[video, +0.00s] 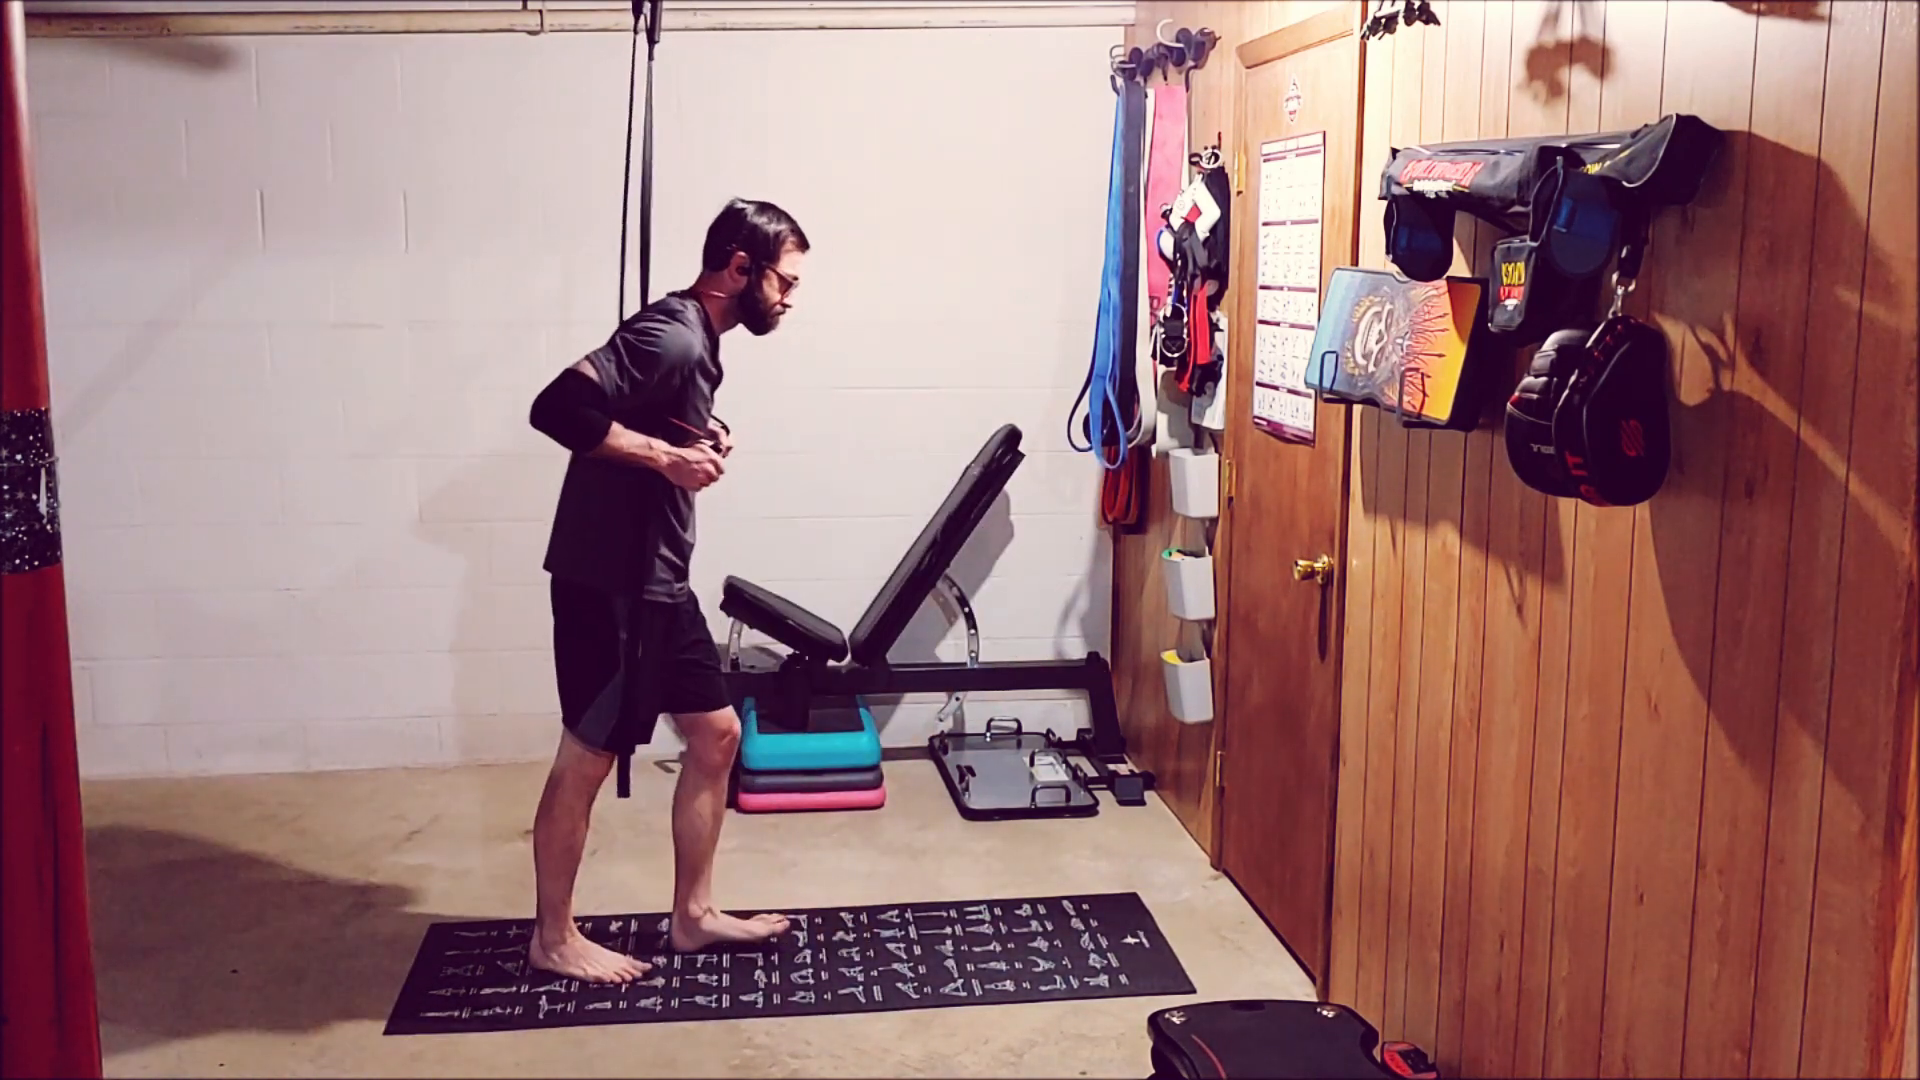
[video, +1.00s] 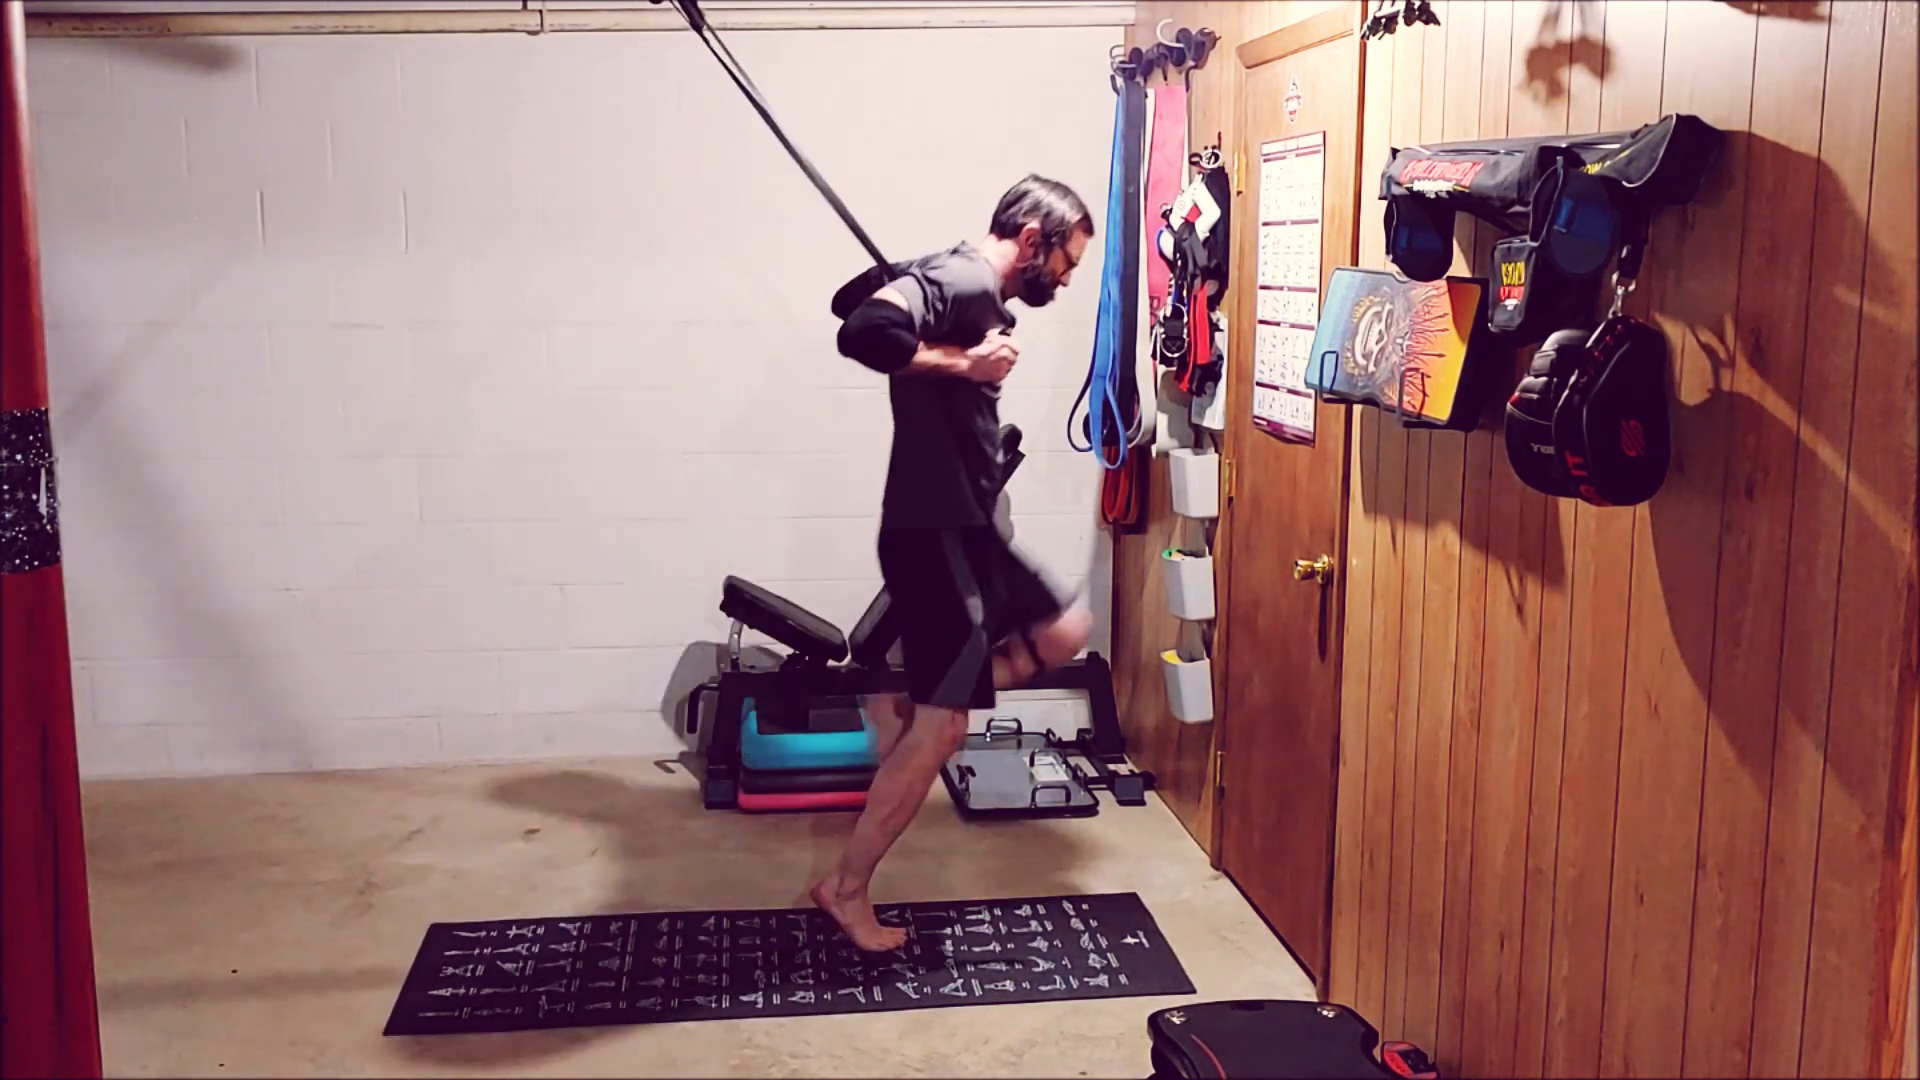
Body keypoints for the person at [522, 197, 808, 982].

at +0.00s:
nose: (790, 300)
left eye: (793, 285)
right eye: (786, 282)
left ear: (741, 270)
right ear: (738, 268)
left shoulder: (701, 341)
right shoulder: (668, 331)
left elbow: (649, 418)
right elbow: (559, 407)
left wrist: (701, 437)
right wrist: (663, 453)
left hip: (662, 580)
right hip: (605, 579)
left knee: (716, 733)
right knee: (589, 754)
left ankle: (694, 913)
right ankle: (553, 938)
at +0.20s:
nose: (838, 307)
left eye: (842, 292)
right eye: (833, 290)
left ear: (787, 278)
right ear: (787, 275)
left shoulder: (744, 347)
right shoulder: (716, 339)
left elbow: (683, 425)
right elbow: (615, 413)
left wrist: (741, 442)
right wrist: (717, 457)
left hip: (696, 581)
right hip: (643, 581)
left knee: (742, 736)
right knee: (606, 755)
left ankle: (700, 916)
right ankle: (556, 934)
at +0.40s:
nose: (906, 306)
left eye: (910, 291)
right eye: (903, 289)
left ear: (855, 279)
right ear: (857, 278)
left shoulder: (811, 348)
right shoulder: (790, 338)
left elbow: (724, 417)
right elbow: (688, 406)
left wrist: (802, 438)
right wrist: (791, 446)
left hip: (757, 582)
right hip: (716, 581)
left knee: (776, 743)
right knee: (687, 752)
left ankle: (703, 915)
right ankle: (568, 917)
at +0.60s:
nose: (974, 301)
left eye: (978, 286)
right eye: (969, 284)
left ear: (920, 274)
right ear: (925, 271)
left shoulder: (875, 335)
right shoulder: (863, 327)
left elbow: (778, 392)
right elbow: (756, 389)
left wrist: (873, 415)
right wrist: (859, 422)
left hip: (805, 574)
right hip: (793, 576)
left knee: (787, 743)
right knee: (849, 747)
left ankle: (704, 909)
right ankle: (691, 863)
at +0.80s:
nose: (1037, 287)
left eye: (1042, 273)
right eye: (1034, 269)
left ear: (982, 256)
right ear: (991, 257)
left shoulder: (927, 301)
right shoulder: (930, 307)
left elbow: (826, 320)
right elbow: (817, 369)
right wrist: (921, 390)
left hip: (867, 546)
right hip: (882, 553)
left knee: (842, 716)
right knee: (936, 726)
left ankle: (730, 878)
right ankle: (840, 892)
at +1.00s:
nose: (1066, 282)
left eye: (1073, 268)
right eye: (1068, 263)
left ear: (1025, 237)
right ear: (1030, 238)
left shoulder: (966, 283)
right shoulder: (963, 277)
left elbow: (854, 303)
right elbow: (863, 329)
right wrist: (966, 363)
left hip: (971, 528)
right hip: (933, 533)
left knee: (1063, 632)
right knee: (942, 722)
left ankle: (904, 702)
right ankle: (847, 886)